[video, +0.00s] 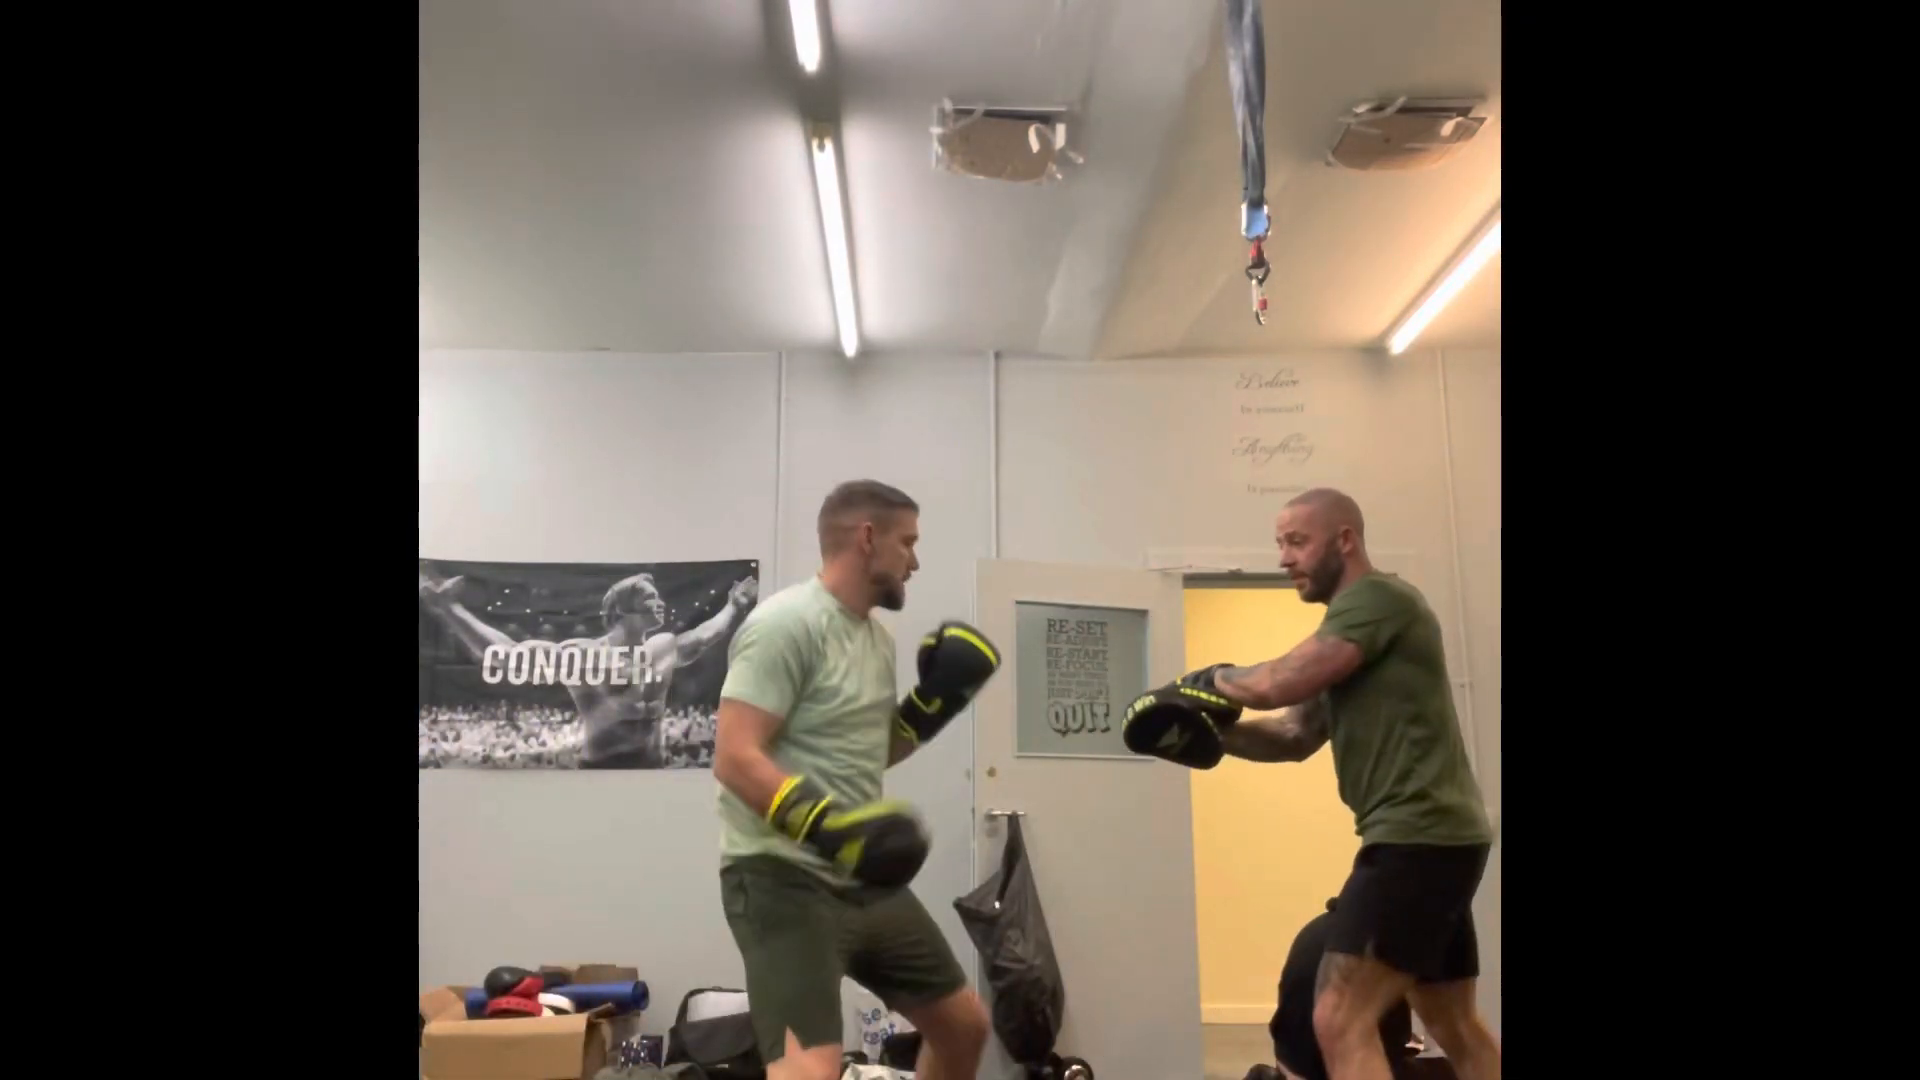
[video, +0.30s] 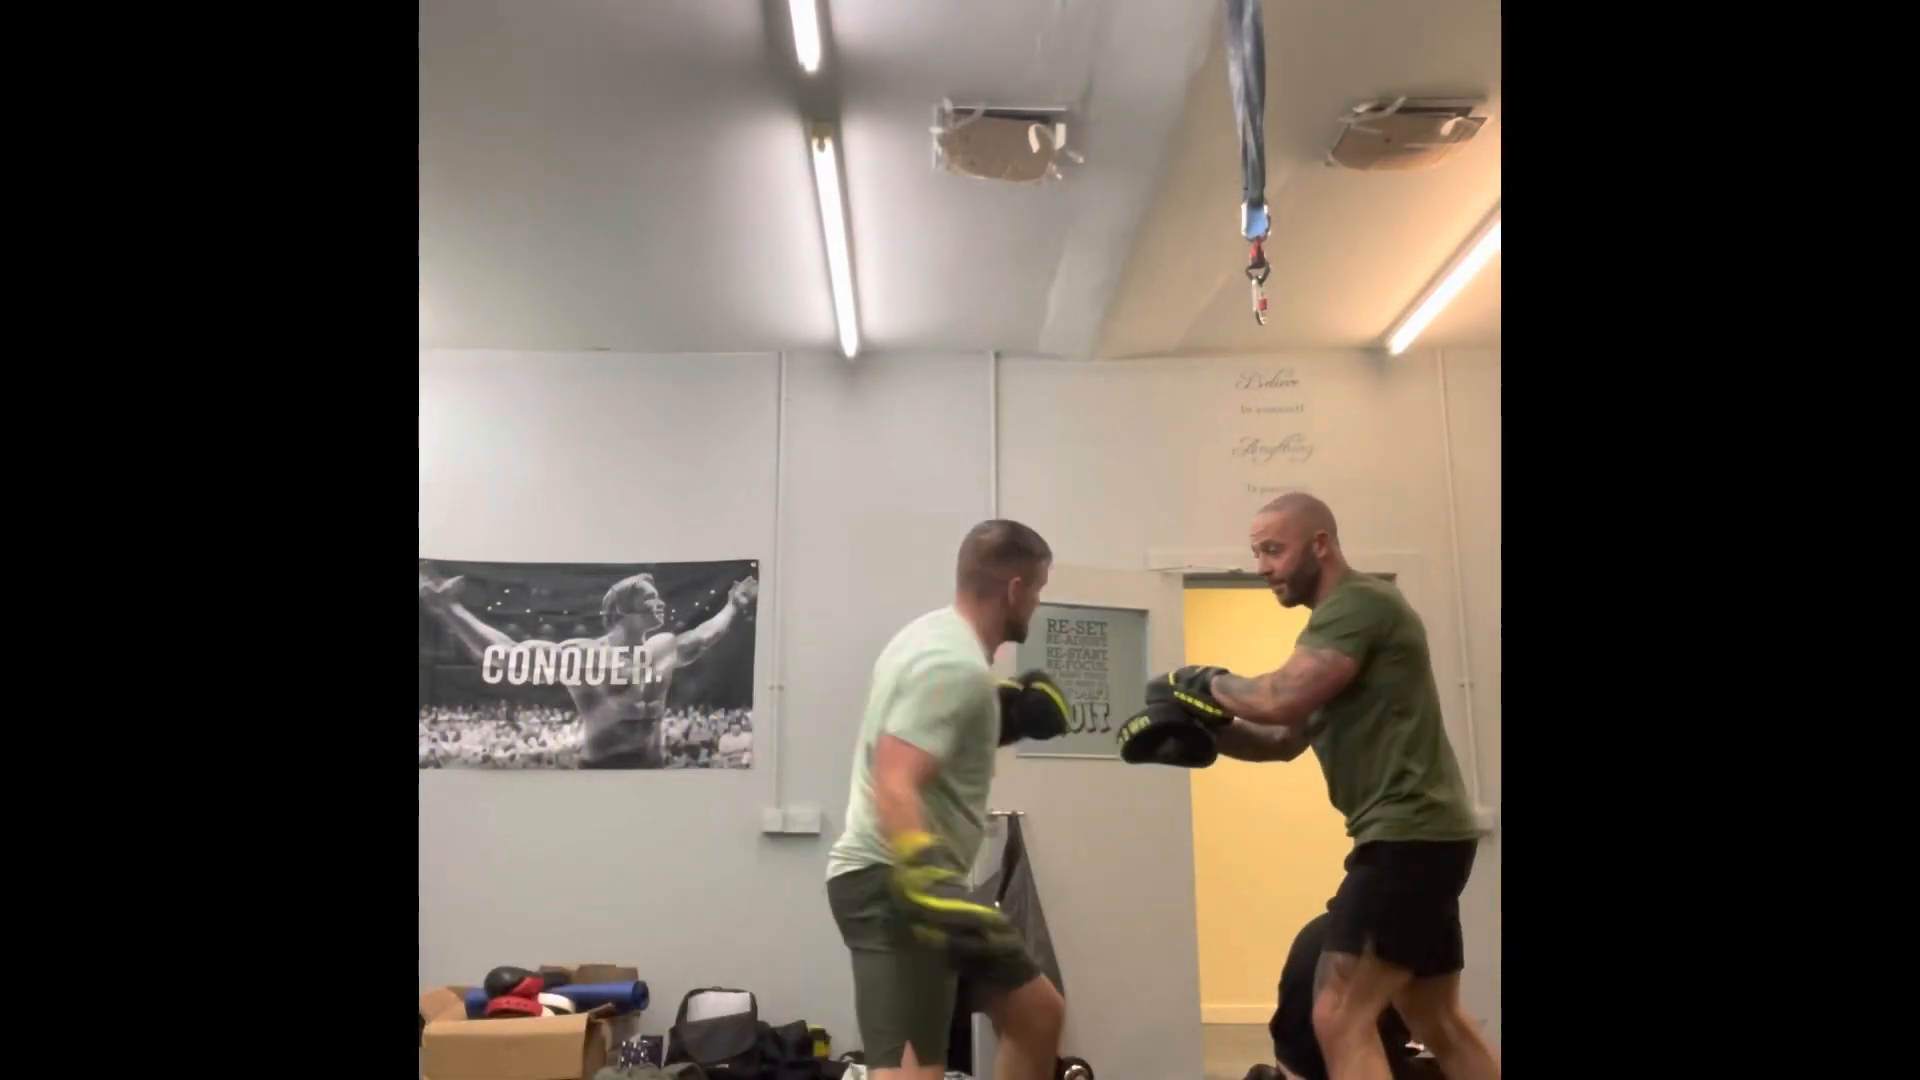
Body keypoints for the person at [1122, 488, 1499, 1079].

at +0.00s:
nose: (1284, 557)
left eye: (1297, 541)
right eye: (1281, 544)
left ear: (1346, 540)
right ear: (1344, 545)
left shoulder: (1377, 599)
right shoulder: (1357, 625)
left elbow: (1282, 682)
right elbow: (1295, 735)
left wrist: (1218, 678)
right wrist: (1208, 733)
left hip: (1420, 834)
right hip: (1426, 834)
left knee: (1342, 1018)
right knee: (1452, 1024)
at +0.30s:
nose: (1262, 567)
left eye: (1272, 550)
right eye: (1258, 553)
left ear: (1321, 544)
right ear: (1318, 549)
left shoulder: (1361, 604)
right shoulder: (1339, 621)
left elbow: (1283, 699)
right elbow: (1283, 740)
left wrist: (1208, 682)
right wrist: (1205, 728)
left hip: (1408, 831)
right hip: (1419, 831)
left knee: (1340, 1016)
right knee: (1435, 1019)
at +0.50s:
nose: (1215, 541)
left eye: (1226, 525)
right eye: (1214, 527)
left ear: (1274, 529)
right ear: (1271, 532)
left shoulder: (1312, 598)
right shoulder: (1276, 614)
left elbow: (1324, 707)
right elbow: (1284, 722)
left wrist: (1225, 687)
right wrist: (1209, 735)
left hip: (1336, 831)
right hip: (1314, 831)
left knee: (1307, 1022)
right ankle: (1401, 1079)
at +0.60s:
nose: (1155, 555)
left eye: (1168, 540)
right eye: (1154, 542)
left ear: (1214, 544)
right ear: (1208, 548)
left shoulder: (1237, 605)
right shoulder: (1219, 616)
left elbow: (1242, 703)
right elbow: (1255, 737)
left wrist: (1154, 727)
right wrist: (1210, 799)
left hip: (1277, 830)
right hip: (1242, 834)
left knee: (1307, 1025)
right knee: (1212, 994)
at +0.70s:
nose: (1086, 582)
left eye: (1099, 569)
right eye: (1082, 570)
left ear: (1142, 573)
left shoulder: (1167, 634)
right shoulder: (1144, 647)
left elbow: (1181, 726)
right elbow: (1171, 768)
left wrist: (1093, 770)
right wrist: (1115, 815)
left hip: (1199, 845)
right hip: (1164, 848)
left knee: (1237, 1025)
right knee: (1110, 994)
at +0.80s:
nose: (1042, 558)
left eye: (1057, 548)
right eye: (1036, 547)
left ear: (1091, 557)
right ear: (1029, 555)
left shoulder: (1128, 624)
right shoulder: (1035, 639)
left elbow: (1183, 707)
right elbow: (1035, 720)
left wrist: (1091, 733)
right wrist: (1027, 742)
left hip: (1121, 821)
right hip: (1062, 826)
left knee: (1105, 988)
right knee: (1049, 987)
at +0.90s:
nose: (1031, 570)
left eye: (1043, 559)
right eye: (1020, 557)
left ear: (1059, 565)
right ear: (998, 562)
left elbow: (1142, 713)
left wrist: (1062, 720)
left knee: (1046, 997)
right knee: (957, 985)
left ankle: (1062, 1070)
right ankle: (972, 1071)